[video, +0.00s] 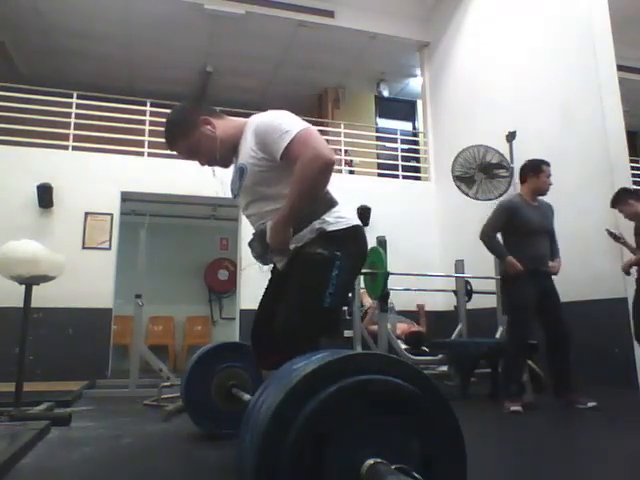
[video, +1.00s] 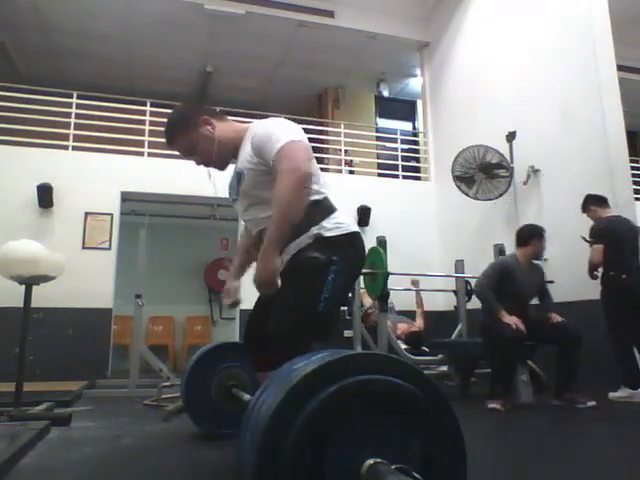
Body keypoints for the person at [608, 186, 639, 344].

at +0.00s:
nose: (625, 217)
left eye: (623, 211)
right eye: (621, 213)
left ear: (632, 203)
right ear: (631, 204)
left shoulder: (636, 226)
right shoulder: (636, 226)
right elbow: (637, 255)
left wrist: (630, 263)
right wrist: (624, 243)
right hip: (637, 281)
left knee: (637, 330)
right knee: (637, 330)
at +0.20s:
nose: (619, 216)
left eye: (618, 211)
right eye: (616, 212)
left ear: (625, 204)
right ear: (627, 204)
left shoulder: (634, 222)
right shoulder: (633, 222)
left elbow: (635, 253)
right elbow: (636, 251)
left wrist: (623, 263)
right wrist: (623, 245)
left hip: (636, 287)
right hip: (634, 286)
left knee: (634, 335)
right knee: (633, 334)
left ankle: (638, 386)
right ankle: (637, 385)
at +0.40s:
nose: (614, 218)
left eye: (612, 213)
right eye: (611, 215)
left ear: (619, 206)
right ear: (624, 204)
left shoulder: (629, 222)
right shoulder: (634, 220)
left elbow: (625, 254)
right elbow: (630, 251)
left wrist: (616, 267)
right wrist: (618, 243)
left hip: (633, 277)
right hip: (633, 275)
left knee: (630, 330)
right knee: (631, 330)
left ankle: (633, 383)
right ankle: (632, 381)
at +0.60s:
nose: (604, 219)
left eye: (603, 215)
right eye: (602, 215)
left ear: (608, 208)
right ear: (619, 205)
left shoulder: (616, 225)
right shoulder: (635, 222)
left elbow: (612, 257)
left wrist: (607, 270)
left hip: (626, 282)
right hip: (636, 279)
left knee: (625, 335)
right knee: (629, 334)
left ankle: (631, 384)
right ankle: (632, 383)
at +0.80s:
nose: (596, 218)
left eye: (594, 214)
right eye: (594, 215)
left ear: (599, 208)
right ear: (611, 205)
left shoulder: (606, 225)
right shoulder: (633, 223)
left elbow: (602, 258)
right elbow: (632, 251)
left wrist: (596, 269)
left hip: (620, 285)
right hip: (637, 283)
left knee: (621, 335)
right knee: (632, 334)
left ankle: (631, 384)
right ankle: (632, 383)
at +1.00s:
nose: (590, 218)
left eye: (588, 214)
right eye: (588, 215)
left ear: (593, 209)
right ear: (606, 205)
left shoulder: (601, 226)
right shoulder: (630, 224)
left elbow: (596, 259)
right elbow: (631, 253)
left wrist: (591, 270)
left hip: (616, 288)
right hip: (635, 285)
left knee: (619, 336)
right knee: (633, 335)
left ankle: (632, 385)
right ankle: (633, 383)